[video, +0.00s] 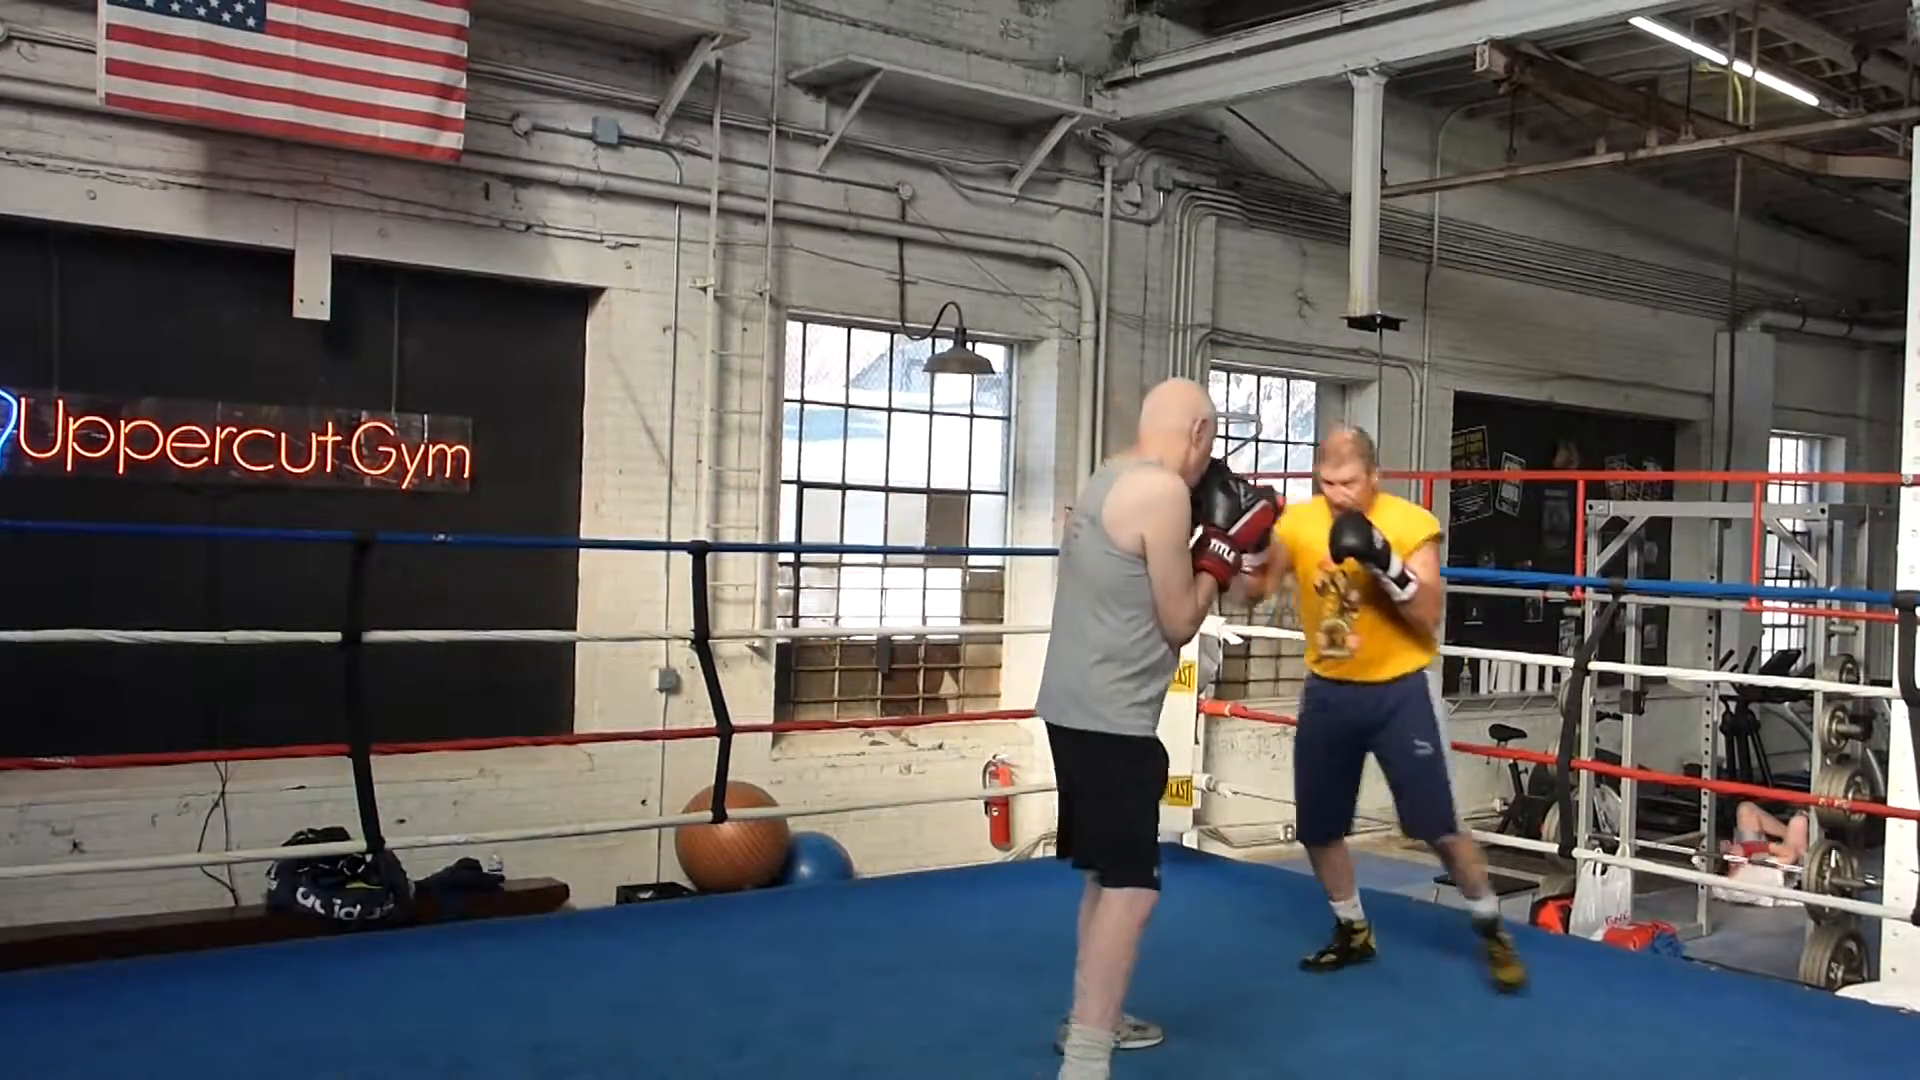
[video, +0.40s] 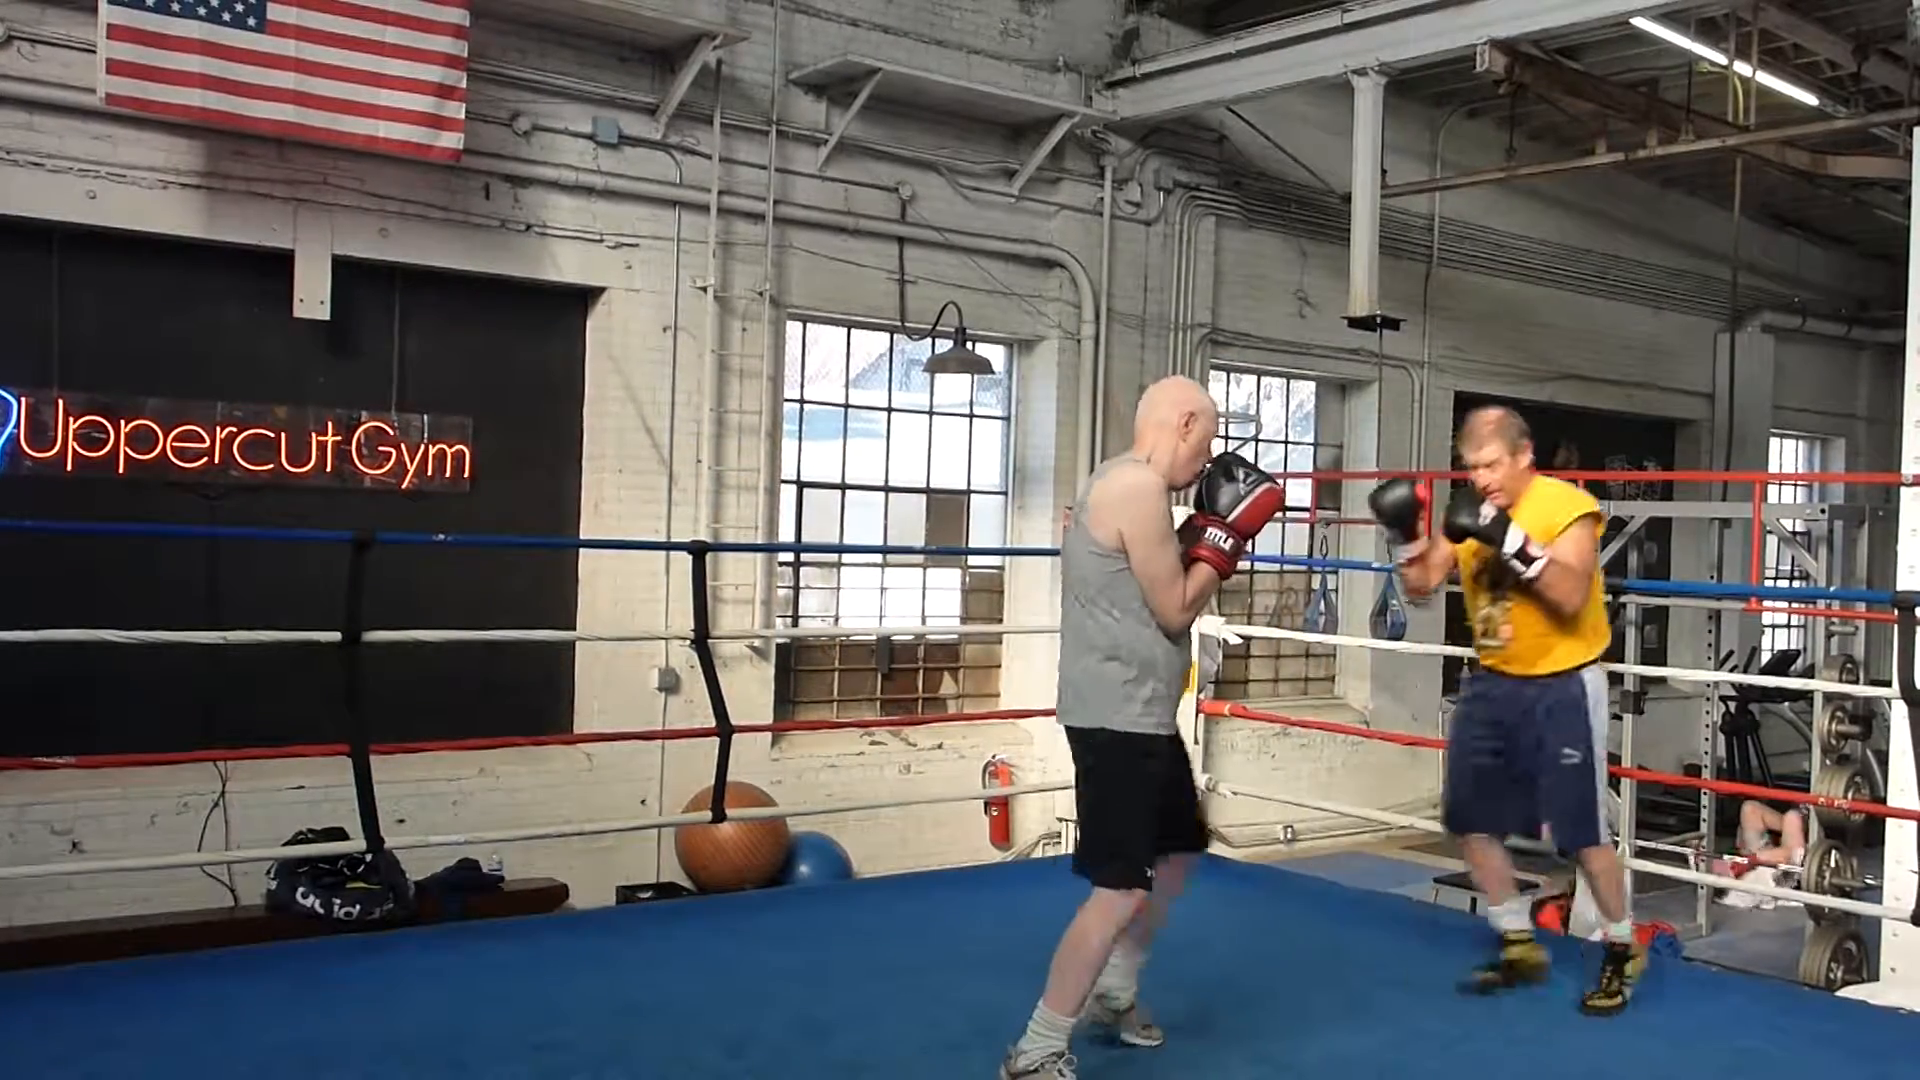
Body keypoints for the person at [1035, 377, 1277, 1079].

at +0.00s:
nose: (1211, 453)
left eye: (1213, 441)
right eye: (1212, 439)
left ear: (1148, 423)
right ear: (1194, 432)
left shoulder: (1104, 483)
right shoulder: (1161, 493)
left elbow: (1133, 596)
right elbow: (1180, 622)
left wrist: (1208, 547)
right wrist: (1220, 558)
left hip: (1076, 710)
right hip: (1115, 721)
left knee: (1106, 878)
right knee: (1133, 890)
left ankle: (1094, 1018)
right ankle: (1085, 1059)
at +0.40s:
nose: (1207, 462)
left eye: (1211, 449)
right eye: (1208, 444)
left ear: (1159, 423)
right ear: (1181, 425)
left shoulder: (1118, 482)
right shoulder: (1137, 486)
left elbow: (1161, 599)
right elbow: (1176, 610)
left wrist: (1206, 532)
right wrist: (1224, 538)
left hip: (1133, 715)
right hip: (1117, 718)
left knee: (1179, 852)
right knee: (1122, 888)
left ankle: (1114, 994)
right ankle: (1039, 1052)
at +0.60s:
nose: (1227, 465)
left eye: (1229, 452)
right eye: (1226, 448)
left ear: (1182, 433)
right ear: (1196, 435)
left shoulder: (1157, 504)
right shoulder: (1139, 503)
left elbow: (1191, 606)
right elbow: (1185, 623)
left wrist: (1226, 539)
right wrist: (1235, 548)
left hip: (1184, 724)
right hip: (1144, 730)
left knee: (1235, 849)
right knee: (1142, 891)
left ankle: (1216, 1004)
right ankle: (1040, 1052)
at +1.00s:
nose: (1288, 459)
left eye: (1292, 447)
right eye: (1285, 443)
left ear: (1253, 430)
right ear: (1246, 426)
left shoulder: (1249, 504)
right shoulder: (1183, 486)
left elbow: (1285, 605)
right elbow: (1224, 605)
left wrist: (1309, 532)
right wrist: (1284, 537)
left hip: (1260, 716)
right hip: (1192, 718)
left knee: (1291, 860)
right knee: (1188, 877)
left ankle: (1246, 1004)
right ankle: (1130, 1022)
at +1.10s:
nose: (1297, 470)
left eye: (1301, 458)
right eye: (1293, 454)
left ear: (1260, 445)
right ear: (1251, 441)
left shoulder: (1264, 520)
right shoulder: (1184, 506)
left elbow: (1292, 618)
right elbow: (1227, 624)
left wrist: (1324, 542)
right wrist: (1292, 546)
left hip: (1281, 726)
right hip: (1205, 736)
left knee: (1358, 849)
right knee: (1197, 891)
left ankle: (1286, 977)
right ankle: (1131, 1025)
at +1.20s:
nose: (1320, 478)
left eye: (1322, 466)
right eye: (1313, 463)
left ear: (1278, 453)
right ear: (1271, 453)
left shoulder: (1291, 523)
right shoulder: (1201, 518)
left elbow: (1313, 632)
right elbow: (1227, 641)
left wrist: (1342, 568)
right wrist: (1301, 562)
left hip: (1303, 731)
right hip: (1224, 744)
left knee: (1388, 854)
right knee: (1211, 899)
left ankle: (1373, 1006)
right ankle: (1133, 1027)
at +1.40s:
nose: (1394, 480)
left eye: (1395, 467)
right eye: (1385, 465)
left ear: (1356, 462)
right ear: (1337, 458)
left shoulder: (1371, 529)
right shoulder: (1286, 521)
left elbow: (1391, 641)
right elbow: (1313, 641)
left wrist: (1410, 583)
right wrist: (1390, 578)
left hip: (1370, 748)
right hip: (1289, 752)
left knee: (1434, 885)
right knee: (1242, 901)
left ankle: (1465, 1033)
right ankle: (1140, 1023)